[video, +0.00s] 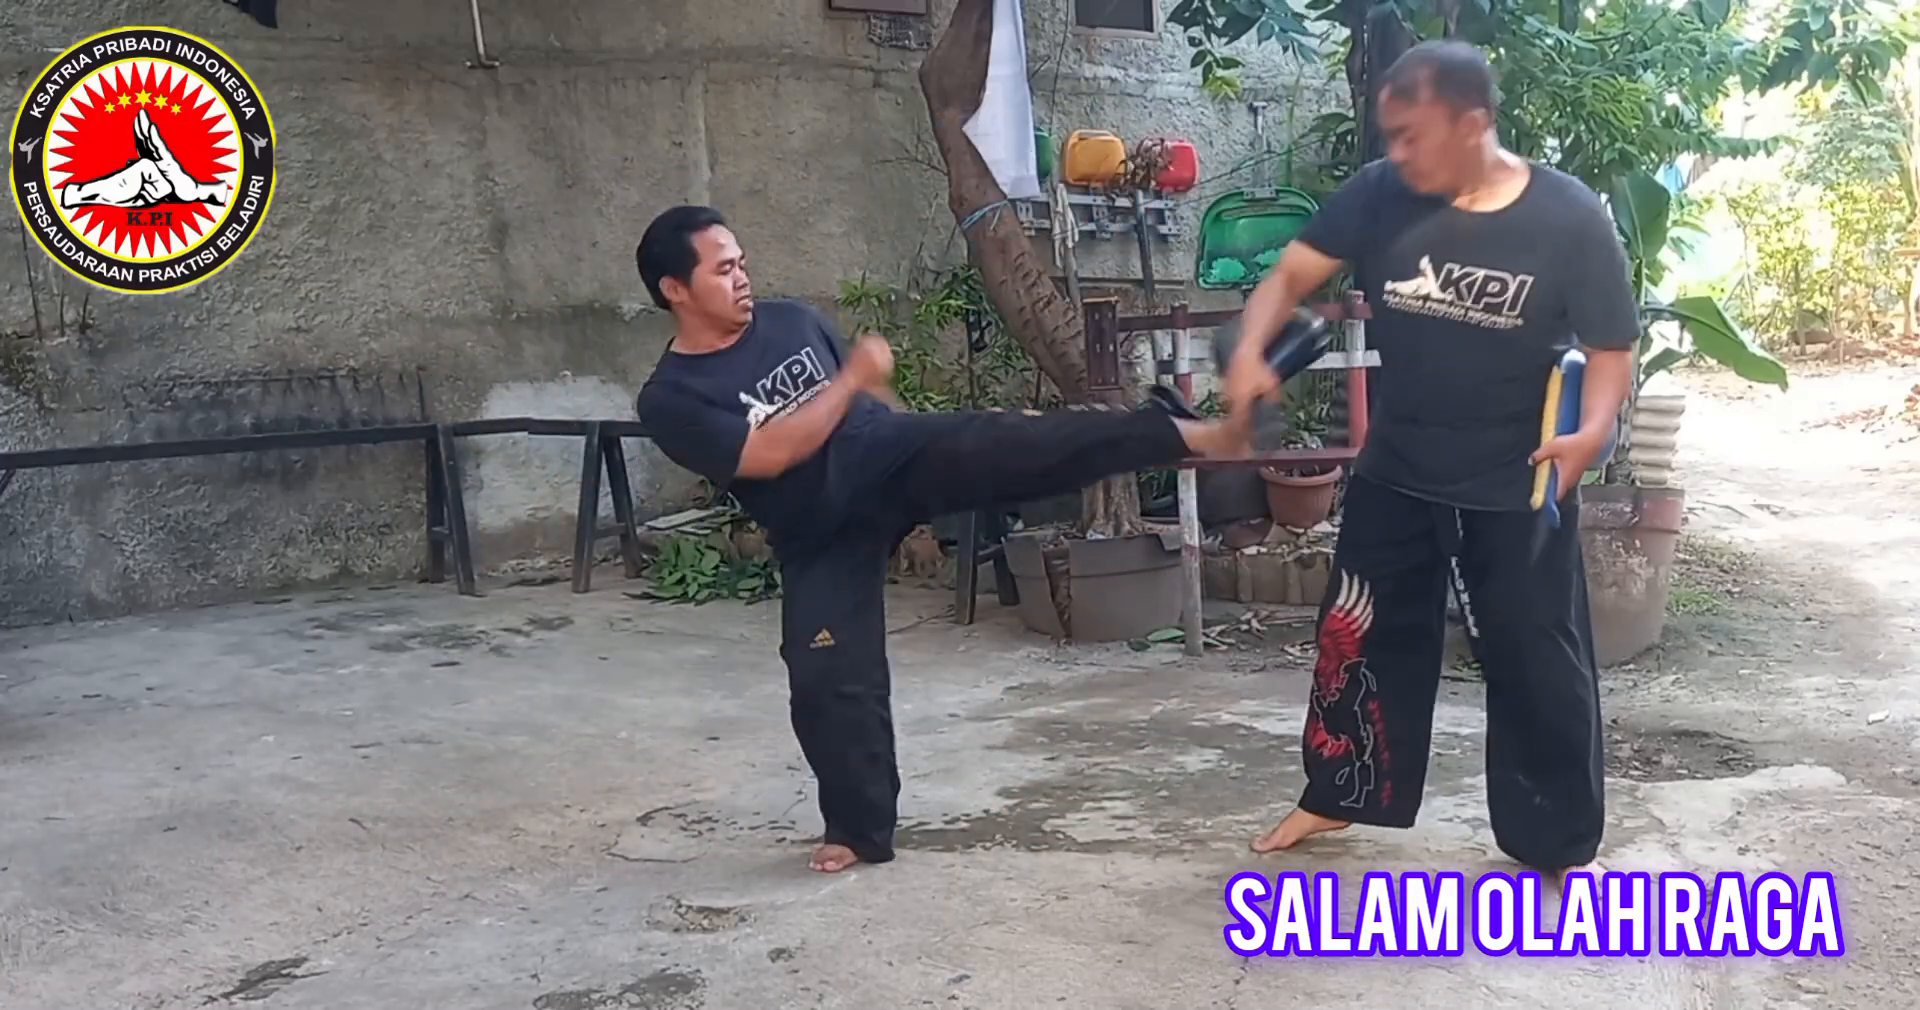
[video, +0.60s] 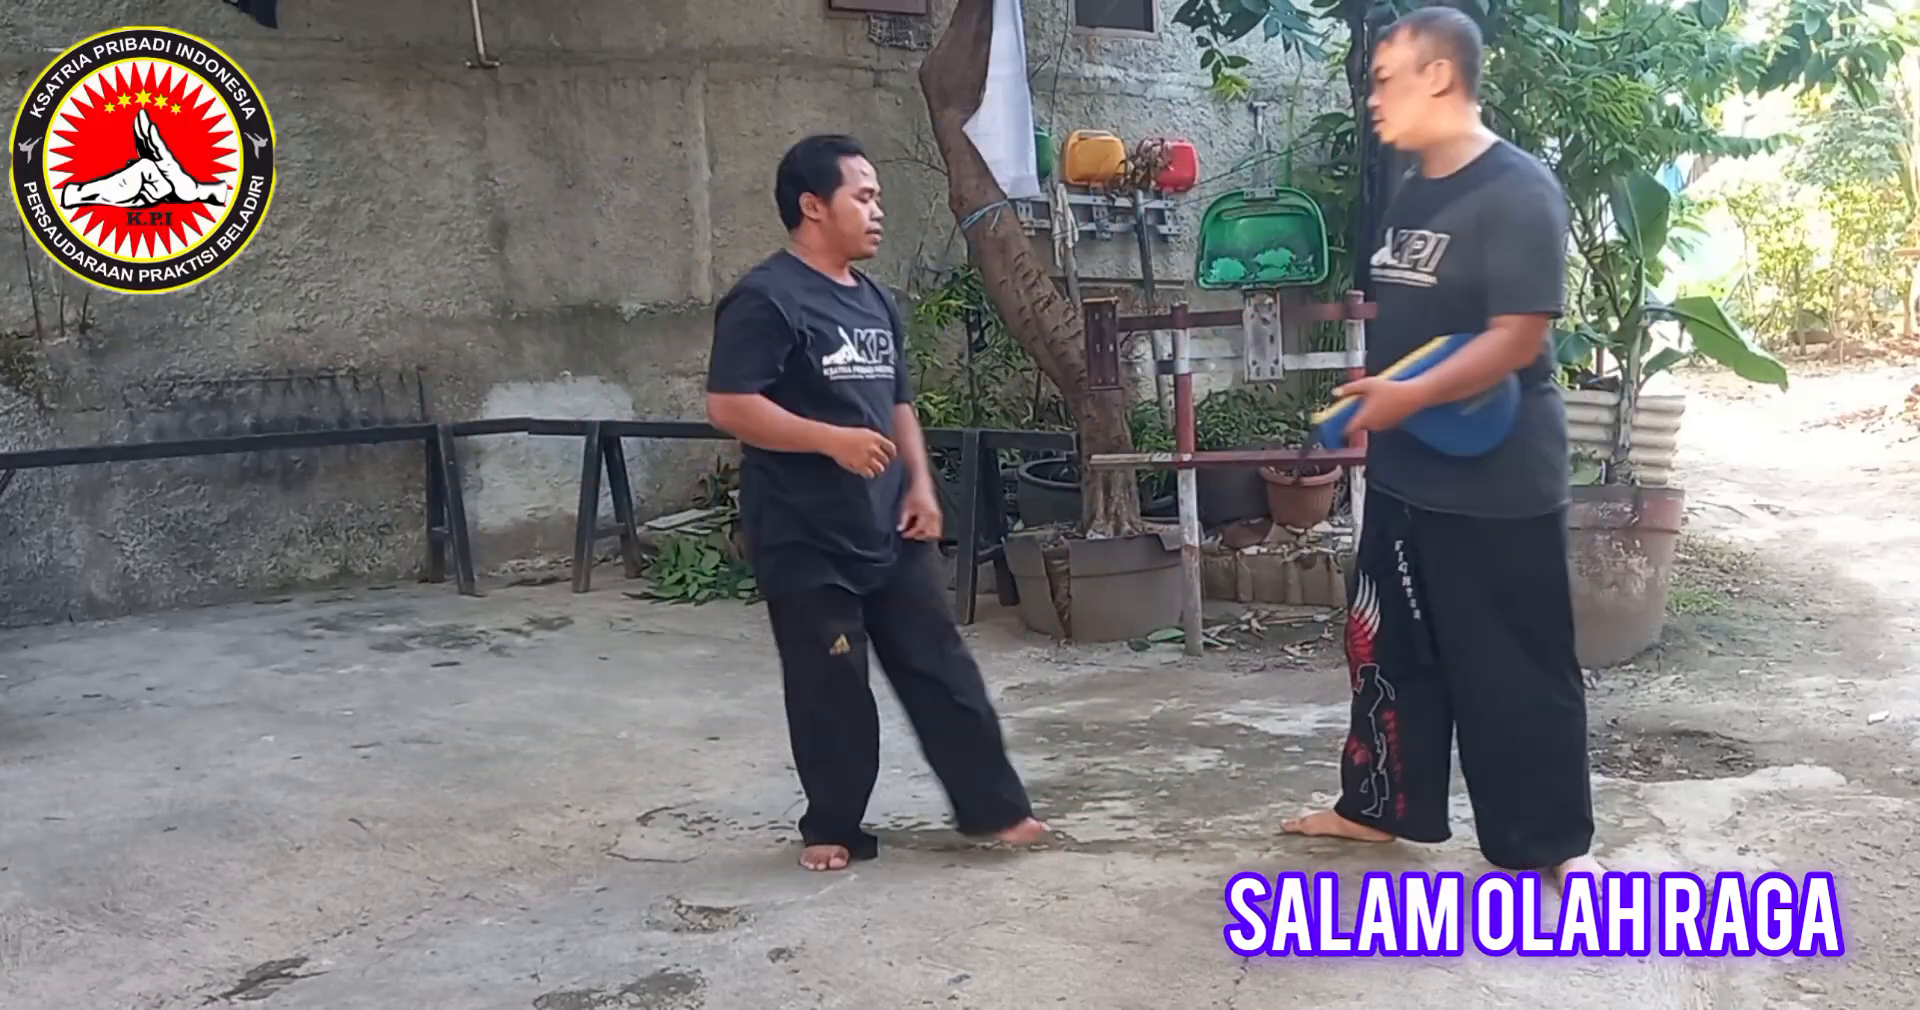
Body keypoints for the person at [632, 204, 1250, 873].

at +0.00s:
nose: (743, 277)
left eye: (740, 262)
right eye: (724, 268)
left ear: (744, 265)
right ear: (674, 291)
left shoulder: (795, 318)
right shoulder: (668, 398)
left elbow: (855, 389)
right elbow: (772, 451)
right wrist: (852, 378)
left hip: (892, 460)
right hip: (820, 537)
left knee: (1015, 440)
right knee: (825, 679)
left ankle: (1197, 438)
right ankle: (861, 830)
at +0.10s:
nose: (737, 270)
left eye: (737, 254)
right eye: (715, 263)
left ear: (747, 257)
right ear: (670, 290)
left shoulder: (805, 313)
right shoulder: (670, 396)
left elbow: (911, 349)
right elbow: (738, 481)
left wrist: (1006, 367)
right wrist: (840, 437)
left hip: (907, 467)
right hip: (824, 541)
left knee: (1053, 480)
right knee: (826, 680)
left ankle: (1210, 520)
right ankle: (856, 832)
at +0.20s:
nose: (774, 221)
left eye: (774, 206)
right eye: (752, 213)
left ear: (783, 210)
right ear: (706, 239)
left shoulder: (835, 279)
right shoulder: (692, 347)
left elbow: (944, 277)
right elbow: (726, 453)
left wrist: (980, 316)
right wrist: (813, 460)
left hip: (925, 472)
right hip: (831, 531)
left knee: (1046, 540)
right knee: (839, 677)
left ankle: (1104, 699)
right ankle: (857, 834)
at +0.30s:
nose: (842, 206)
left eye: (841, 195)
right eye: (819, 197)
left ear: (850, 212)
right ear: (771, 223)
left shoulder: (885, 285)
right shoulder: (743, 317)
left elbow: (1005, 294)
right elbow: (735, 430)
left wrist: (934, 308)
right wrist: (830, 469)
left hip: (939, 506)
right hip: (835, 535)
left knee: (999, 643)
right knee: (831, 682)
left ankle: (1011, 816)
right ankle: (846, 826)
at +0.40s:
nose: (887, 231)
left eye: (886, 219)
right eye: (866, 219)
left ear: (888, 234)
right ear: (818, 243)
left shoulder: (921, 327)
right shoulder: (779, 334)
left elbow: (1017, 400)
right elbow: (756, 448)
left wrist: (965, 368)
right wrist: (845, 494)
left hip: (943, 546)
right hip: (835, 565)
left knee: (1004, 663)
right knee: (827, 700)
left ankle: (996, 822)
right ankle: (838, 826)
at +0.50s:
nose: (895, 226)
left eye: (894, 213)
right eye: (878, 212)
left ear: (890, 224)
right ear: (826, 226)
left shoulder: (910, 328)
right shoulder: (777, 320)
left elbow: (937, 428)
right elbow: (751, 434)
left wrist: (964, 472)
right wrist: (837, 467)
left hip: (926, 550)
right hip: (825, 561)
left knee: (988, 674)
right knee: (831, 698)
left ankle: (1009, 825)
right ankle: (832, 829)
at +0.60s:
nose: (878, 211)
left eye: (878, 197)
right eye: (863, 197)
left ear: (834, 208)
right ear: (812, 208)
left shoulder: (878, 302)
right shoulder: (762, 297)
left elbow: (898, 406)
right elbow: (729, 406)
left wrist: (920, 479)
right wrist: (829, 438)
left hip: (885, 524)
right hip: (804, 533)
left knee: (941, 665)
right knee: (829, 683)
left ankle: (994, 809)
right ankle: (830, 828)